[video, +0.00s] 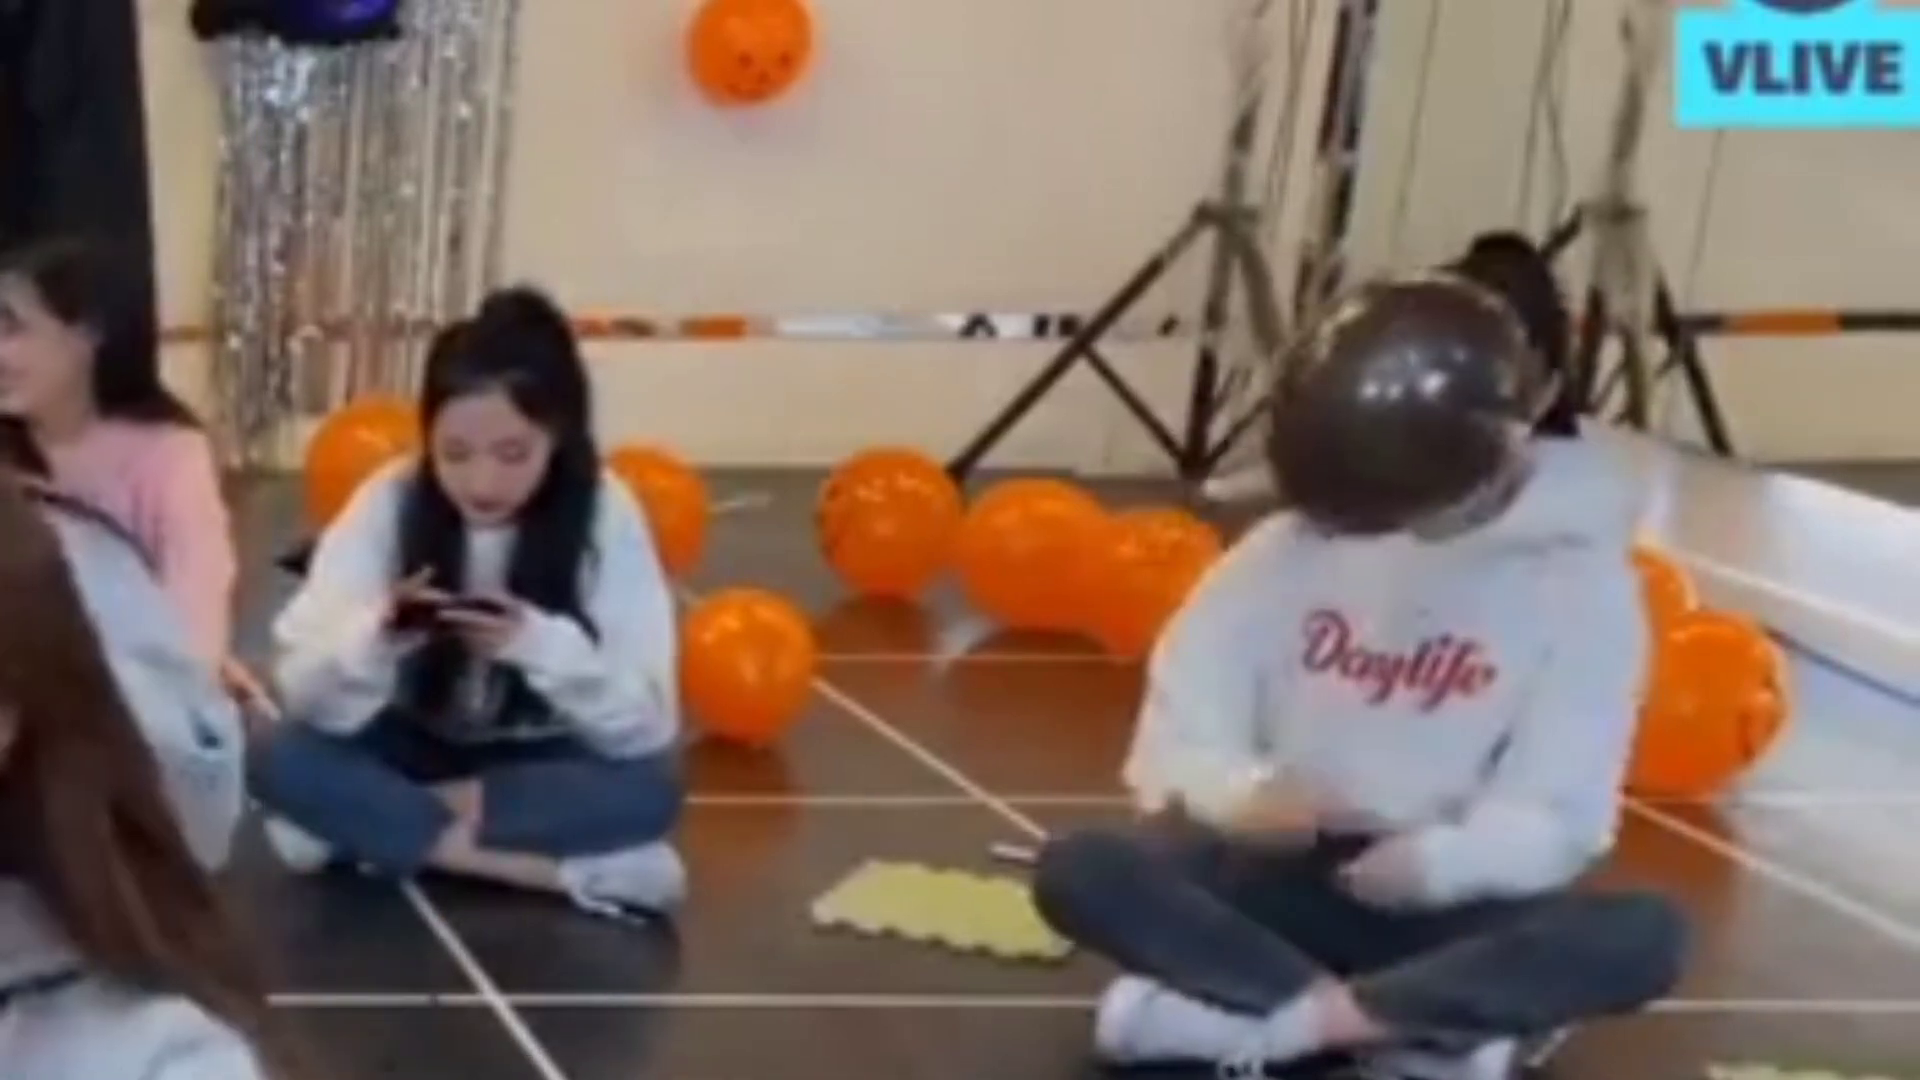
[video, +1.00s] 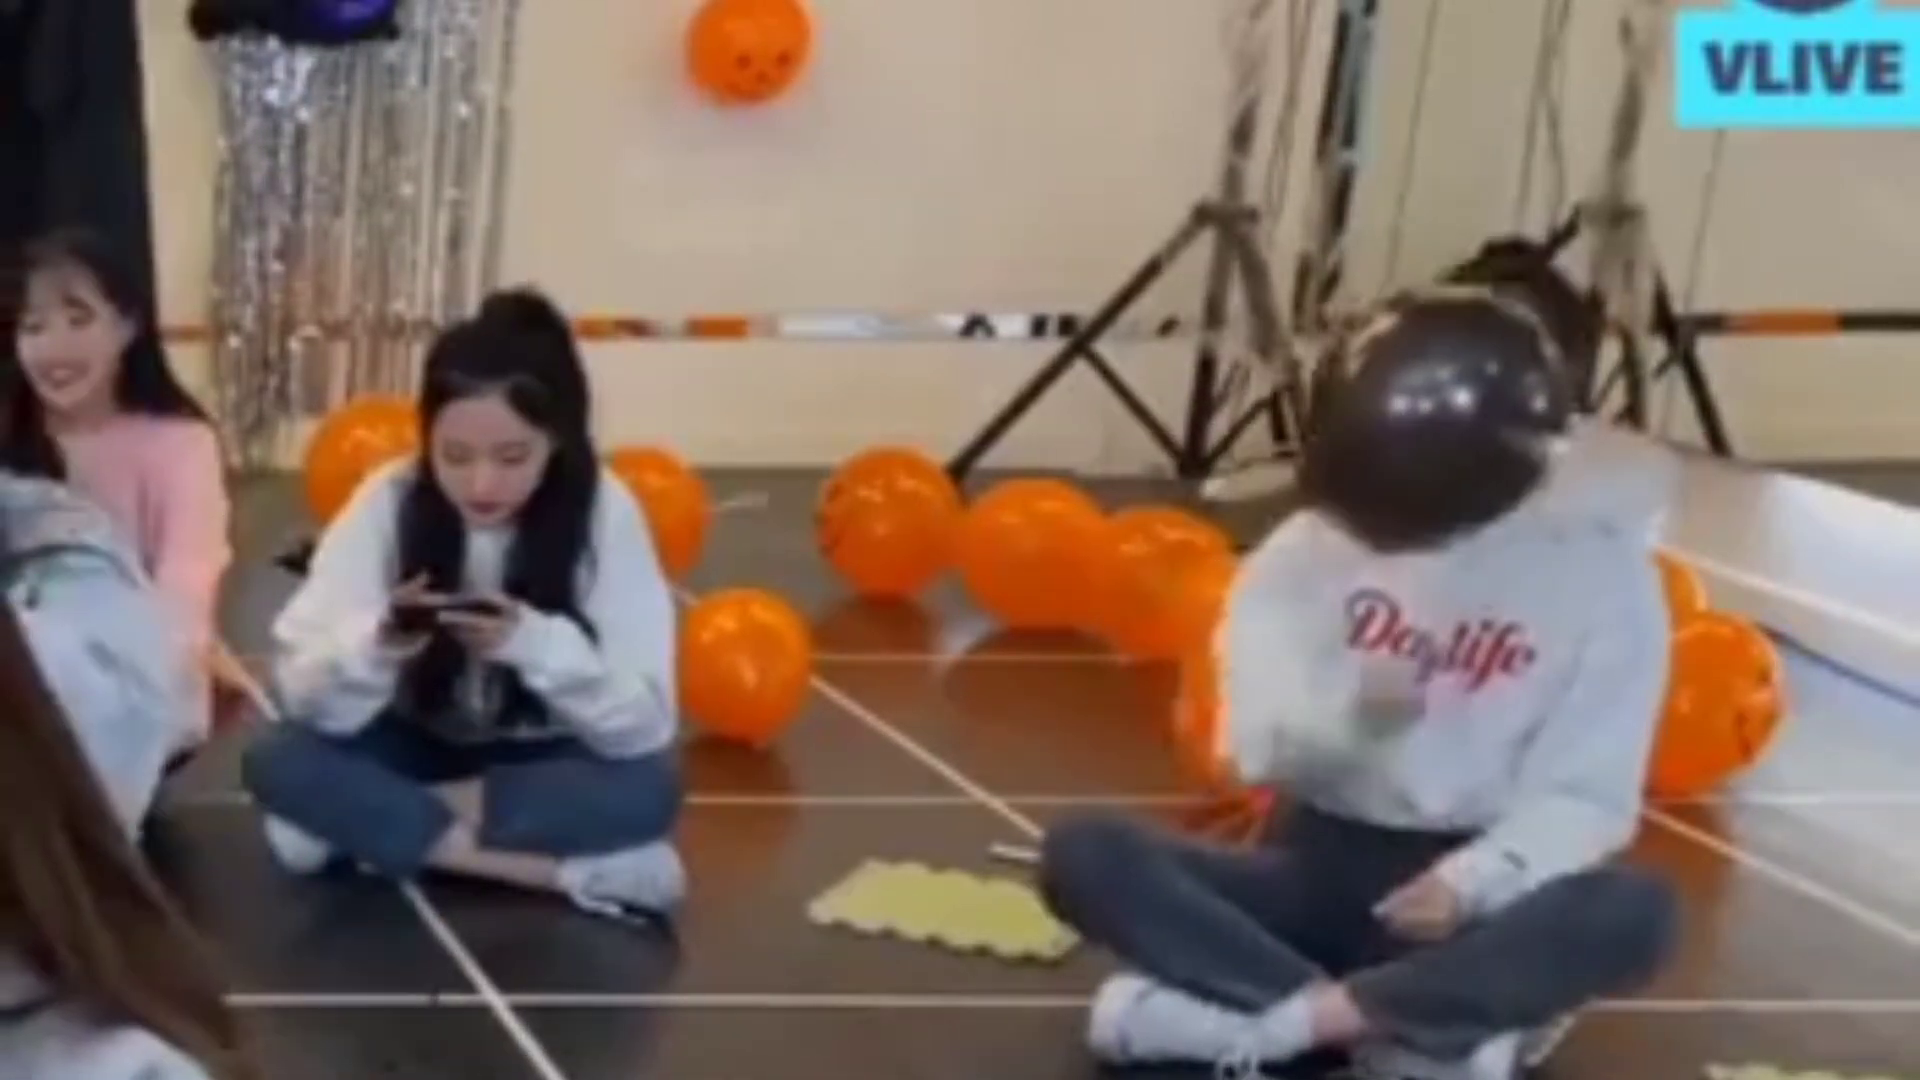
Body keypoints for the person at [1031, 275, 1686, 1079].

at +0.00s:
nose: (1374, 535)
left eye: (1400, 516)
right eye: (1343, 514)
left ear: (1497, 463)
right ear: (1319, 459)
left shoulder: (1580, 585)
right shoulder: (1289, 547)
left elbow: (1560, 816)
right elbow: (1172, 749)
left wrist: (1432, 863)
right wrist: (1244, 800)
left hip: (1453, 891)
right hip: (1274, 868)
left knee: (1644, 935)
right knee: (1076, 870)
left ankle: (1285, 1031)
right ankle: (1397, 1043)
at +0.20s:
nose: (1412, 530)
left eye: (1441, 509)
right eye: (1380, 501)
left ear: (1514, 464)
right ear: (1341, 469)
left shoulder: (1591, 574)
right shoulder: (1300, 548)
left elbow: (1587, 799)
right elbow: (1186, 751)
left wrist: (1490, 875)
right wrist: (1339, 705)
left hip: (1476, 890)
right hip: (1303, 872)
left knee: (1648, 933)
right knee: (1078, 865)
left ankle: (1286, 1029)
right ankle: (1400, 1045)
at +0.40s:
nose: (1472, 583)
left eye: (1494, 563)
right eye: (1450, 561)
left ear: (1537, 513)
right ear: (1388, 519)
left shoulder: (1599, 579)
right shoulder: (1302, 551)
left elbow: (1586, 797)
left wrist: (1461, 859)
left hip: (1478, 885)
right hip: (1304, 873)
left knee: (1642, 917)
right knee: (1082, 859)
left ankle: (1280, 1030)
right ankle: (1403, 1040)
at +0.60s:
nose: (1440, 535)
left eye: (1469, 514)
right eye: (1413, 505)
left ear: (1527, 475)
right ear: (1368, 465)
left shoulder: (1600, 567)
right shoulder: (1306, 540)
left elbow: (1585, 799)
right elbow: (1216, 732)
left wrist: (1462, 852)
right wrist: (1379, 590)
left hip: (1487, 886)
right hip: (1312, 867)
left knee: (1639, 912)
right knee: (1084, 856)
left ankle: (1281, 1029)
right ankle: (1405, 1046)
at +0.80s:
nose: (1427, 509)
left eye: (1456, 492)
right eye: (1396, 484)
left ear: (1528, 456)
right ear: (1362, 449)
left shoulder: (1603, 576)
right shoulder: (1306, 546)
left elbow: (1587, 796)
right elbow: (1214, 729)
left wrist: (1465, 867)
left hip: (1477, 885)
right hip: (1309, 870)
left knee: (1632, 890)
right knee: (1089, 841)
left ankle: (1274, 1029)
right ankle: (1394, 1045)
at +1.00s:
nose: (1366, 542)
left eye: (1395, 532)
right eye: (1348, 517)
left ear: (1491, 497)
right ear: (1332, 467)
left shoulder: (1602, 576)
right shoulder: (1301, 552)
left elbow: (1592, 798)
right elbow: (1254, 748)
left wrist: (1468, 884)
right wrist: (1354, 723)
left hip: (1482, 887)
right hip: (1308, 875)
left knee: (1634, 910)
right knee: (1083, 853)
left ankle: (1278, 1030)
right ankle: (1410, 1046)